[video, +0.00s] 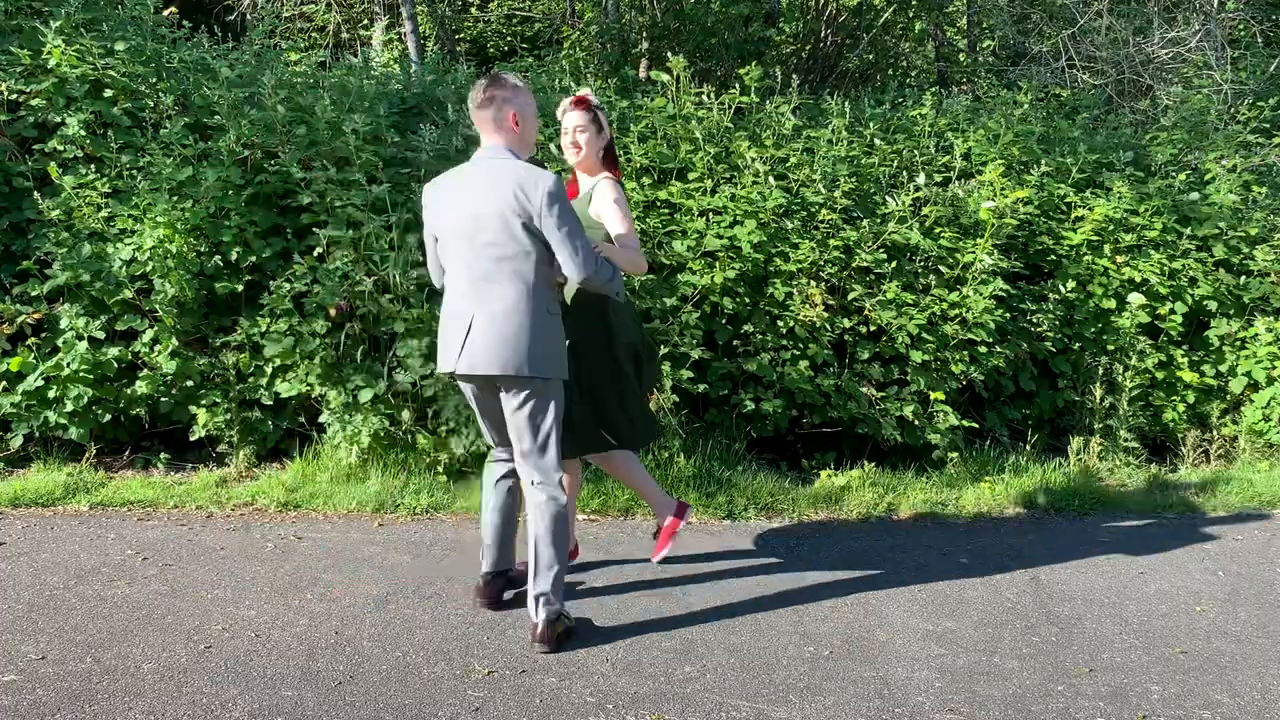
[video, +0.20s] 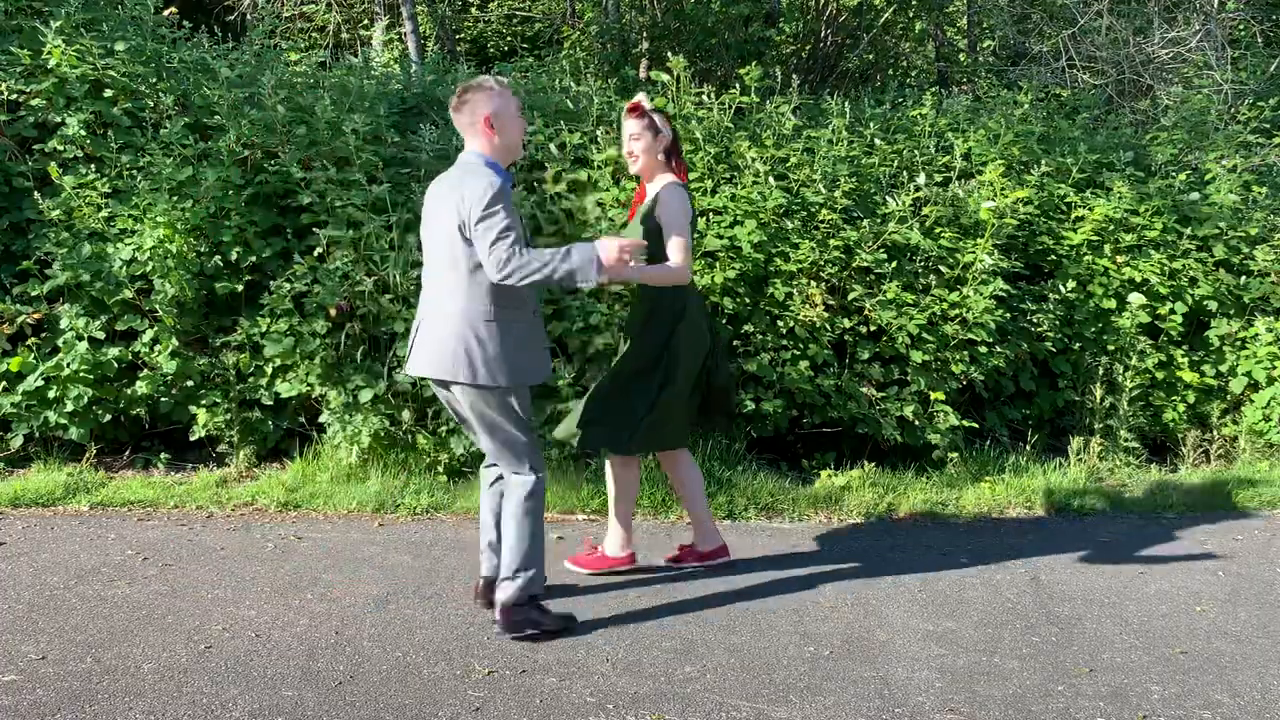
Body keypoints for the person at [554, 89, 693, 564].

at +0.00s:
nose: (571, 140)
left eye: (581, 132)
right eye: (565, 132)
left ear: (602, 138)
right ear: (560, 139)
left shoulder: (606, 189)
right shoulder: (578, 190)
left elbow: (636, 260)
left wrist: (587, 248)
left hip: (594, 317)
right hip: (575, 315)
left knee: (577, 430)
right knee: (577, 430)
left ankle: (561, 538)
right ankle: (667, 508)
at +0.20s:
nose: (628, 148)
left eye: (637, 138)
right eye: (625, 139)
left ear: (662, 142)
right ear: (625, 146)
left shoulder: (670, 193)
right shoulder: (651, 192)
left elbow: (680, 269)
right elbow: (654, 261)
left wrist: (622, 272)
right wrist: (615, 262)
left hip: (671, 329)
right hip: (663, 326)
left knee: (617, 418)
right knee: (665, 431)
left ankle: (617, 544)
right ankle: (708, 538)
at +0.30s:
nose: (653, 151)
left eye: (661, 141)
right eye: (650, 143)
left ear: (688, 143)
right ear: (655, 148)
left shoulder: (703, 194)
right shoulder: (673, 197)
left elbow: (723, 272)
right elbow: (654, 270)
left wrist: (673, 304)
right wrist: (595, 269)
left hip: (706, 328)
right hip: (689, 327)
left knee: (668, 438)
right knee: (681, 438)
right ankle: (709, 537)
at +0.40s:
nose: (675, 165)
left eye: (681, 155)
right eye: (672, 157)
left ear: (709, 151)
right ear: (680, 157)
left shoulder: (736, 203)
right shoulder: (693, 207)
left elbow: (756, 283)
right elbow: (672, 279)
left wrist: (748, 350)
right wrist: (607, 279)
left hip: (729, 338)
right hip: (698, 337)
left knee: (716, 450)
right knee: (687, 448)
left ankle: (798, 538)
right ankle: (711, 546)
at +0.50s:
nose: (687, 165)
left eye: (693, 154)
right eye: (684, 157)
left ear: (721, 150)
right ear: (695, 159)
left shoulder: (761, 202)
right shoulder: (698, 213)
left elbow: (797, 275)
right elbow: (679, 285)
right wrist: (619, 279)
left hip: (756, 332)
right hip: (714, 335)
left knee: (767, 452)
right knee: (686, 439)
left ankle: (817, 551)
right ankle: (711, 542)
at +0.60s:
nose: (689, 154)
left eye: (695, 143)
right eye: (688, 145)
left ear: (724, 140)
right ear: (707, 145)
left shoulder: (774, 187)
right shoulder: (700, 207)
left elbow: (837, 239)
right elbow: (687, 280)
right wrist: (638, 273)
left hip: (769, 315)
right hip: (726, 320)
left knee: (757, 440)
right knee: (698, 433)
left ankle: (805, 545)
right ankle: (737, 529)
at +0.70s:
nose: (691, 156)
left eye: (697, 144)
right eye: (689, 146)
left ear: (727, 141)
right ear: (711, 148)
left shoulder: (781, 185)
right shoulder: (701, 209)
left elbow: (859, 200)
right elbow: (690, 282)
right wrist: (639, 274)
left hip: (778, 319)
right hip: (729, 326)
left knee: (757, 444)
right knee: (724, 448)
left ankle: (763, 552)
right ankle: (747, 545)